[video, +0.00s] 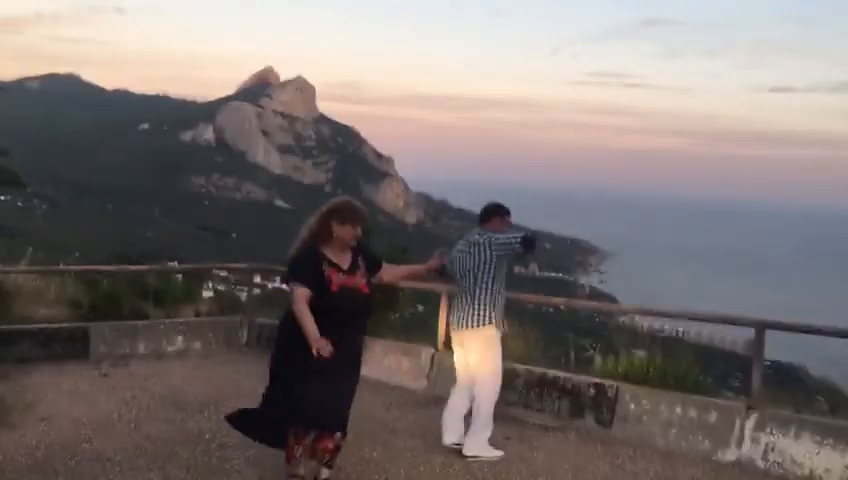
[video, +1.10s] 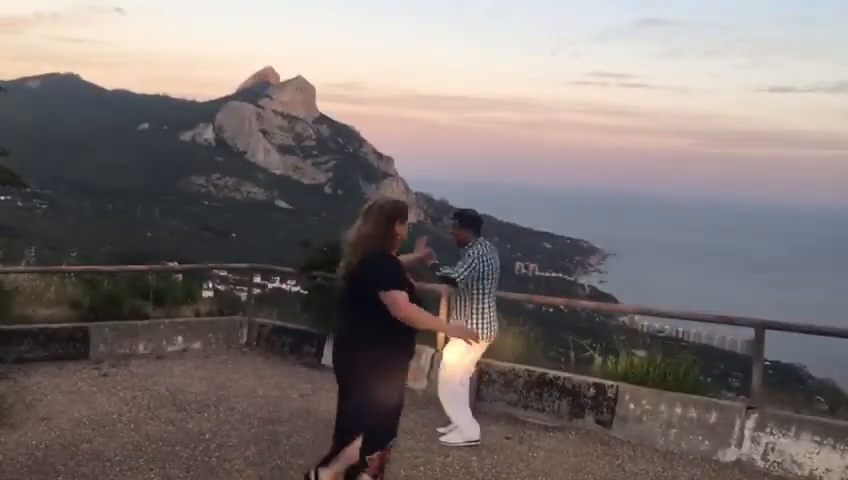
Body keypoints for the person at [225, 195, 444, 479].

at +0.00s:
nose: (357, 232)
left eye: (359, 227)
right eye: (352, 226)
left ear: (356, 230)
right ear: (333, 226)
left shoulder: (360, 258)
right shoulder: (308, 257)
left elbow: (390, 273)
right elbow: (299, 301)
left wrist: (428, 266)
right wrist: (315, 338)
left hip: (346, 347)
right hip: (307, 345)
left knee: (336, 410)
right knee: (303, 407)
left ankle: (323, 468)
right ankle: (297, 468)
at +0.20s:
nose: (363, 236)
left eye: (365, 230)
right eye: (357, 230)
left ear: (366, 233)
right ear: (339, 230)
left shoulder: (367, 261)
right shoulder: (317, 260)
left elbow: (394, 284)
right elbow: (304, 292)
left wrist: (435, 286)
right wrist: (313, 307)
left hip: (353, 345)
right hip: (316, 346)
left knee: (346, 402)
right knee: (316, 401)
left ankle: (333, 462)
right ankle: (307, 460)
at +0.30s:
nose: (373, 230)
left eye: (374, 224)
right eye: (367, 223)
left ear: (366, 227)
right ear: (348, 223)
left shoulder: (372, 259)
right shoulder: (323, 251)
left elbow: (393, 290)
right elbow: (305, 282)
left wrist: (432, 305)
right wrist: (326, 286)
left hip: (351, 346)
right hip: (314, 345)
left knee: (343, 412)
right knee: (312, 411)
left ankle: (330, 467)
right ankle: (303, 469)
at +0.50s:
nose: (379, 227)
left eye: (379, 221)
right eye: (375, 221)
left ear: (363, 224)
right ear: (357, 221)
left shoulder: (373, 263)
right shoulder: (332, 247)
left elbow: (384, 299)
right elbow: (316, 271)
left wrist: (411, 324)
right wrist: (353, 258)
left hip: (351, 351)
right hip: (316, 343)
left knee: (337, 407)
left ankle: (322, 465)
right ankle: (298, 466)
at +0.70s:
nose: (382, 230)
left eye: (381, 224)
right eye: (378, 224)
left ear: (365, 228)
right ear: (361, 227)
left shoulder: (370, 262)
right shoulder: (337, 256)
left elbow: (381, 292)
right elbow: (349, 284)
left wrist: (406, 308)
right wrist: (395, 269)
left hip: (363, 356)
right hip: (332, 356)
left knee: (367, 419)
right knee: (334, 420)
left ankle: (339, 471)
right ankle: (322, 472)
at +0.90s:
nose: (394, 228)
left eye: (394, 222)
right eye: (391, 222)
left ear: (373, 223)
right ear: (377, 222)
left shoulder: (372, 255)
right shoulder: (358, 254)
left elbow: (392, 281)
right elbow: (380, 294)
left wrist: (426, 285)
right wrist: (426, 293)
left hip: (365, 362)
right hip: (353, 365)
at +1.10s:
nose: (406, 230)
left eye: (406, 224)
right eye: (404, 224)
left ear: (377, 224)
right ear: (391, 226)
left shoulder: (365, 257)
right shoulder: (381, 263)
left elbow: (389, 265)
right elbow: (402, 310)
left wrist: (415, 257)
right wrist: (449, 327)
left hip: (359, 356)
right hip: (376, 362)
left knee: (356, 425)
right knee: (378, 431)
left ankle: (363, 471)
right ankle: (328, 471)